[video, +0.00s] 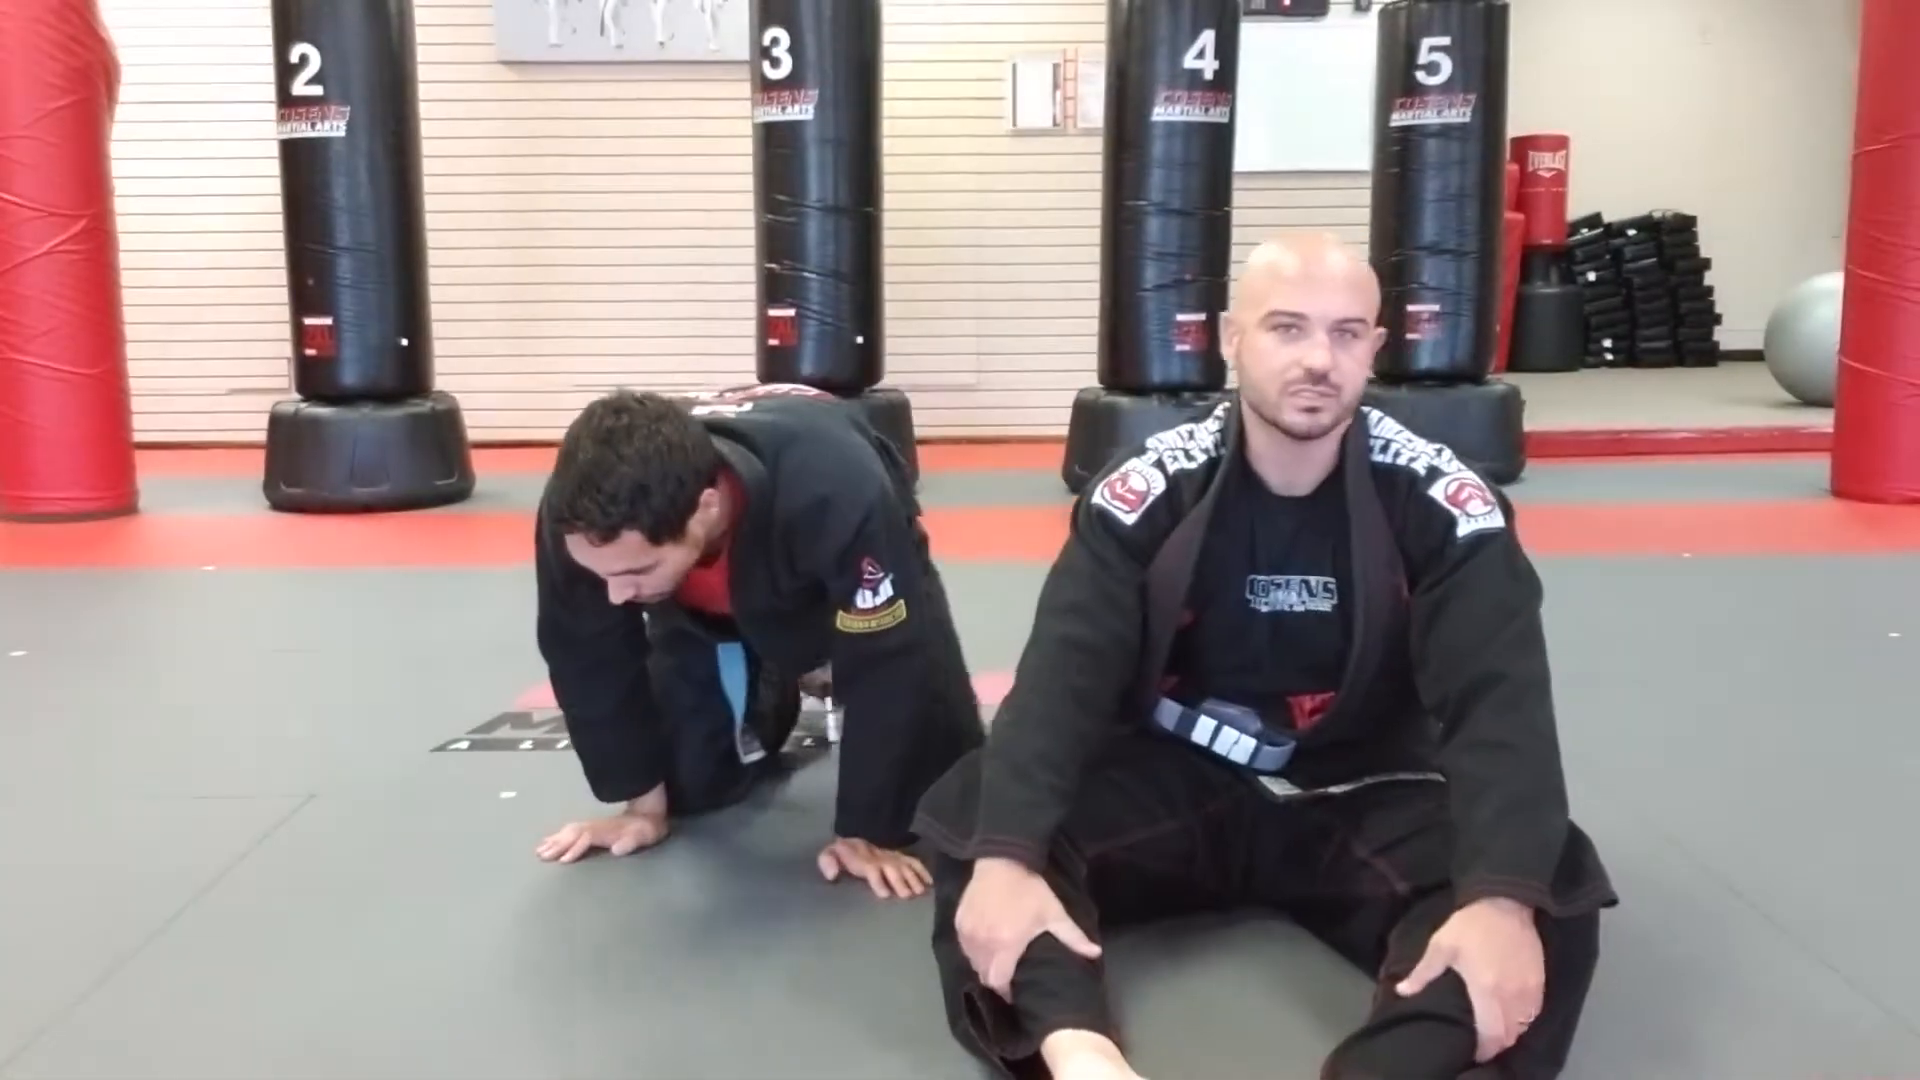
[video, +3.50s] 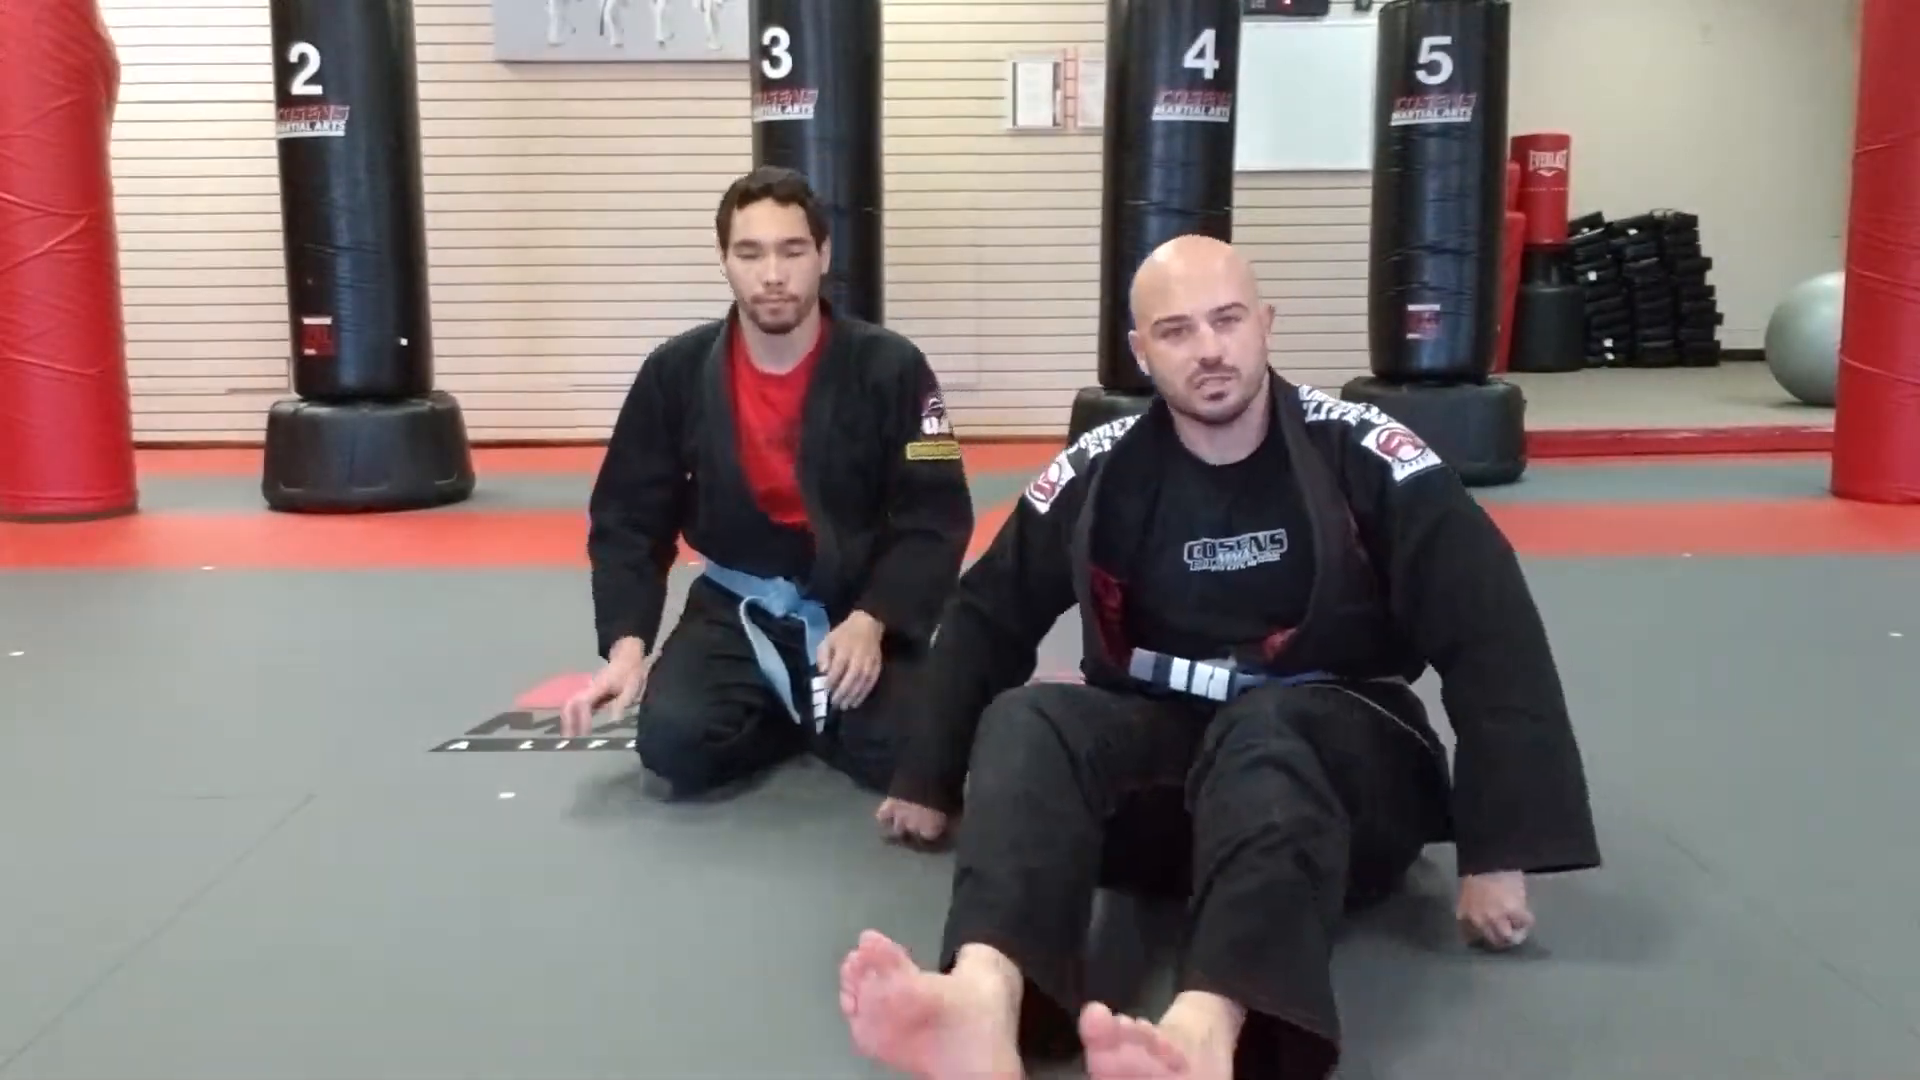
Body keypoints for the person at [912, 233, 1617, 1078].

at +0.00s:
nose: (1318, 360)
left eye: (1346, 333)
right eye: (1287, 330)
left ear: (1375, 347)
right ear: (1232, 340)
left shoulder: (1438, 496)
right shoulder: (1150, 487)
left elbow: (1497, 701)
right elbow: (1063, 678)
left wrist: (1503, 897)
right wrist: (1007, 856)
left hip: (1363, 804)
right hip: (1171, 790)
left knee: (1541, 890)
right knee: (983, 820)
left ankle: (1383, 1061)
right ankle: (1083, 1058)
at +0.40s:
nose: (1192, 361)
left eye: (1214, 329)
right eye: (1157, 340)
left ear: (1255, 334)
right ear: (1118, 361)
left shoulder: (1361, 482)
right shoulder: (1081, 506)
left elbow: (1450, 678)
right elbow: (1026, 696)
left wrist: (1472, 881)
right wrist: (984, 866)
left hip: (1338, 799)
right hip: (1147, 795)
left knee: (1518, 862)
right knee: (960, 830)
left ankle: (1377, 1060)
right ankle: (1075, 1057)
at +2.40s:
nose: (1242, 383)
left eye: (1266, 349)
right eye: (1207, 355)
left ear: (1298, 345)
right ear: (1158, 366)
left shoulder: (1390, 487)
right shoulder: (1109, 496)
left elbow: (1470, 692)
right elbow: (1047, 689)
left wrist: (1495, 897)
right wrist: (1010, 864)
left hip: (1352, 804)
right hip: (1158, 796)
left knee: (1529, 873)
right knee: (971, 821)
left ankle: (1386, 1062)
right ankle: (1077, 1061)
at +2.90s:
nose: (1230, 350)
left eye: (1253, 320)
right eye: (1198, 329)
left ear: (1289, 331)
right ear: (1155, 351)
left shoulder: (1374, 470)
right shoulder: (1116, 479)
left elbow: (1435, 659)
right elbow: (1047, 641)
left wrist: (1416, 823)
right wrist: (1033, 765)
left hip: (1330, 794)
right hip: (1151, 784)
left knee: (1466, 833)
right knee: (995, 791)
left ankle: (1346, 1064)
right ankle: (1084, 1052)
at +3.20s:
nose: (1243, 320)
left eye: (1268, 298)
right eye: (1212, 302)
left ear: (1305, 324)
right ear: (1172, 336)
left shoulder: (1389, 464)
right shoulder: (1121, 476)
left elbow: (1498, 633)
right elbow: (1026, 638)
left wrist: (1548, 808)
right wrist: (935, 751)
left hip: (1326, 772)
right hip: (1162, 766)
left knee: (1403, 769)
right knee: (1044, 741)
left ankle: (1304, 1058)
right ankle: (1116, 1046)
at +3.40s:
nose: (1228, 331)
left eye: (1250, 306)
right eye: (1198, 313)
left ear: (1288, 322)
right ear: (1160, 341)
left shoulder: (1380, 464)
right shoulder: (1113, 471)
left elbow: (1493, 659)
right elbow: (1007, 626)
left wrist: (1534, 865)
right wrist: (931, 779)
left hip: (1341, 769)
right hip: (1172, 762)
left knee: (1318, 738)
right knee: (1045, 704)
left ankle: (1260, 1047)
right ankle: (1055, 1012)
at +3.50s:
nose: (1210, 350)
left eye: (1229, 321)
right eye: (1177, 332)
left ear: (1266, 322)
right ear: (1142, 352)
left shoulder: (1362, 453)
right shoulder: (1102, 467)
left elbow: (1491, 631)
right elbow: (986, 612)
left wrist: (1499, 854)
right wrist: (927, 777)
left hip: (1345, 777)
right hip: (1163, 768)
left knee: (1265, 723)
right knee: (1028, 716)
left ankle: (1202, 1029)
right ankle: (984, 996)